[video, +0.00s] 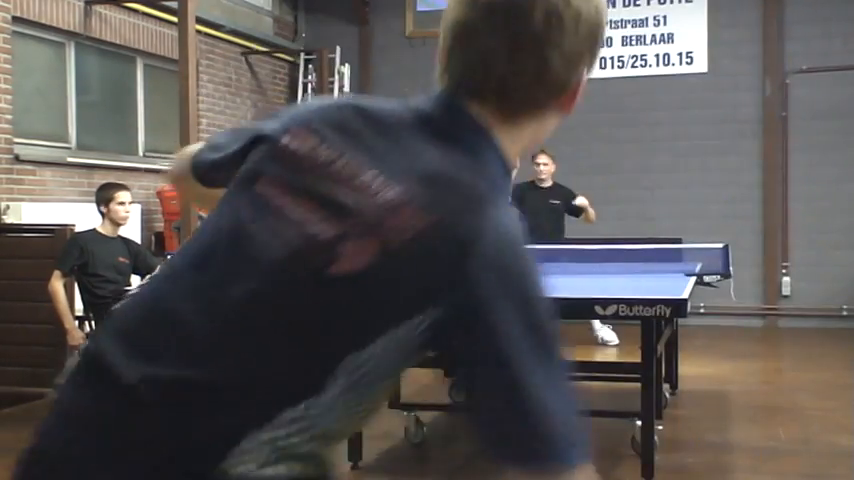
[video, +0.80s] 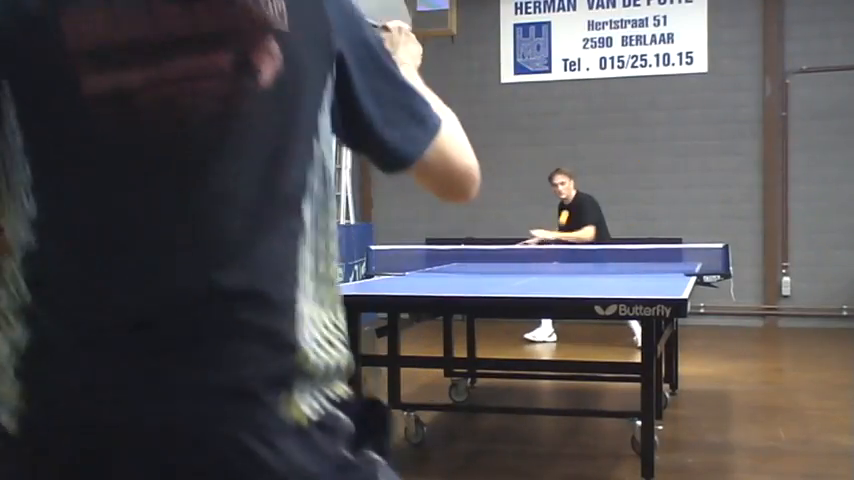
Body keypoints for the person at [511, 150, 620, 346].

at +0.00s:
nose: (540, 168)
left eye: (545, 164)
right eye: (537, 164)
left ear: (554, 167)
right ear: (532, 167)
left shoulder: (562, 192)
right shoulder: (520, 191)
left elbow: (590, 220)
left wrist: (587, 208)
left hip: (557, 252)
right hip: (528, 252)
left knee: (581, 283)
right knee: (521, 289)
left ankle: (598, 325)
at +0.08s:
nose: (552, 174)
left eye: (555, 169)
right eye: (548, 169)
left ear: (560, 171)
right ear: (538, 171)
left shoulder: (571, 194)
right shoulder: (531, 192)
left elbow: (592, 217)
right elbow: (519, 208)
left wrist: (593, 217)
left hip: (565, 254)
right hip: (533, 253)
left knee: (586, 285)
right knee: (508, 282)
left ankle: (599, 329)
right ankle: (497, 328)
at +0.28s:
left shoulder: (590, 187)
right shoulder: (547, 191)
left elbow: (614, 213)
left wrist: (606, 229)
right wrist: (533, 246)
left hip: (587, 256)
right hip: (552, 255)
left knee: (600, 284)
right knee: (527, 277)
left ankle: (602, 328)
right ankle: (525, 326)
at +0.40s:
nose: (569, 165)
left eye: (573, 161)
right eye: (565, 162)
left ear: (580, 163)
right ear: (559, 165)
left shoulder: (594, 186)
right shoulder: (554, 189)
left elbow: (617, 211)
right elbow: (540, 215)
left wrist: (610, 230)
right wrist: (535, 222)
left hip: (592, 250)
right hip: (561, 251)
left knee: (604, 284)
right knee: (544, 283)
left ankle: (603, 328)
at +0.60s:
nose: (565, 171)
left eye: (569, 167)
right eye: (562, 167)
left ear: (577, 168)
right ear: (557, 170)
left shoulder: (593, 188)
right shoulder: (554, 194)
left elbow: (617, 213)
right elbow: (546, 220)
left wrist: (601, 234)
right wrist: (540, 233)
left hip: (595, 252)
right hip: (566, 254)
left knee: (613, 286)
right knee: (541, 279)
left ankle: (631, 327)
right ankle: (545, 327)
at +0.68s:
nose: (564, 180)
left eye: (567, 175)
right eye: (560, 176)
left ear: (576, 177)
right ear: (556, 180)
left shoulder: (589, 196)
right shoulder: (558, 202)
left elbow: (612, 225)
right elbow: (554, 230)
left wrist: (585, 241)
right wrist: (541, 239)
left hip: (595, 258)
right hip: (566, 260)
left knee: (612, 290)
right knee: (539, 280)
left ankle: (636, 328)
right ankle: (545, 327)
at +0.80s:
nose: (559, 189)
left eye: (562, 184)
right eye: (555, 186)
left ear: (572, 183)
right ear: (552, 189)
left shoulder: (586, 202)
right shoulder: (562, 206)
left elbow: (589, 235)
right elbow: (564, 235)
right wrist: (539, 240)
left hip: (599, 257)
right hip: (575, 258)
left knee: (613, 292)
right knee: (544, 280)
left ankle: (637, 328)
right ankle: (546, 326)